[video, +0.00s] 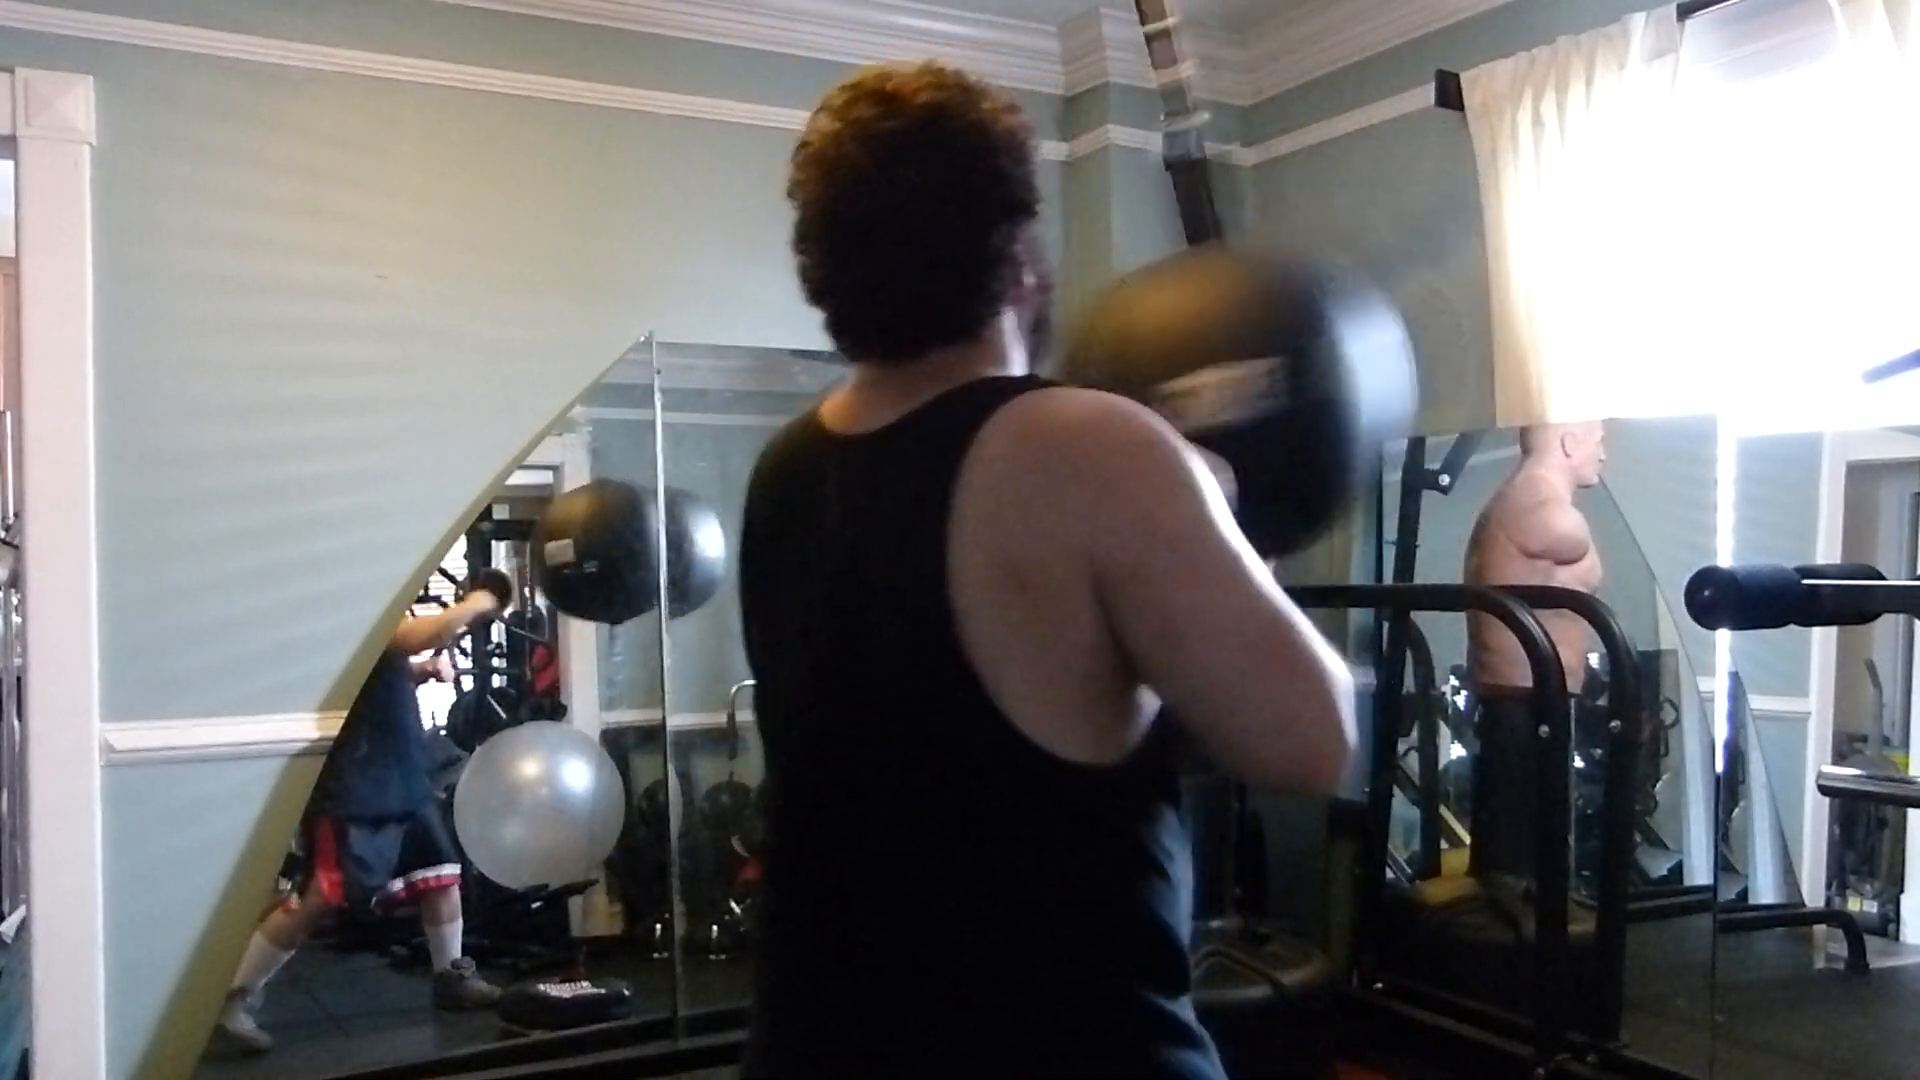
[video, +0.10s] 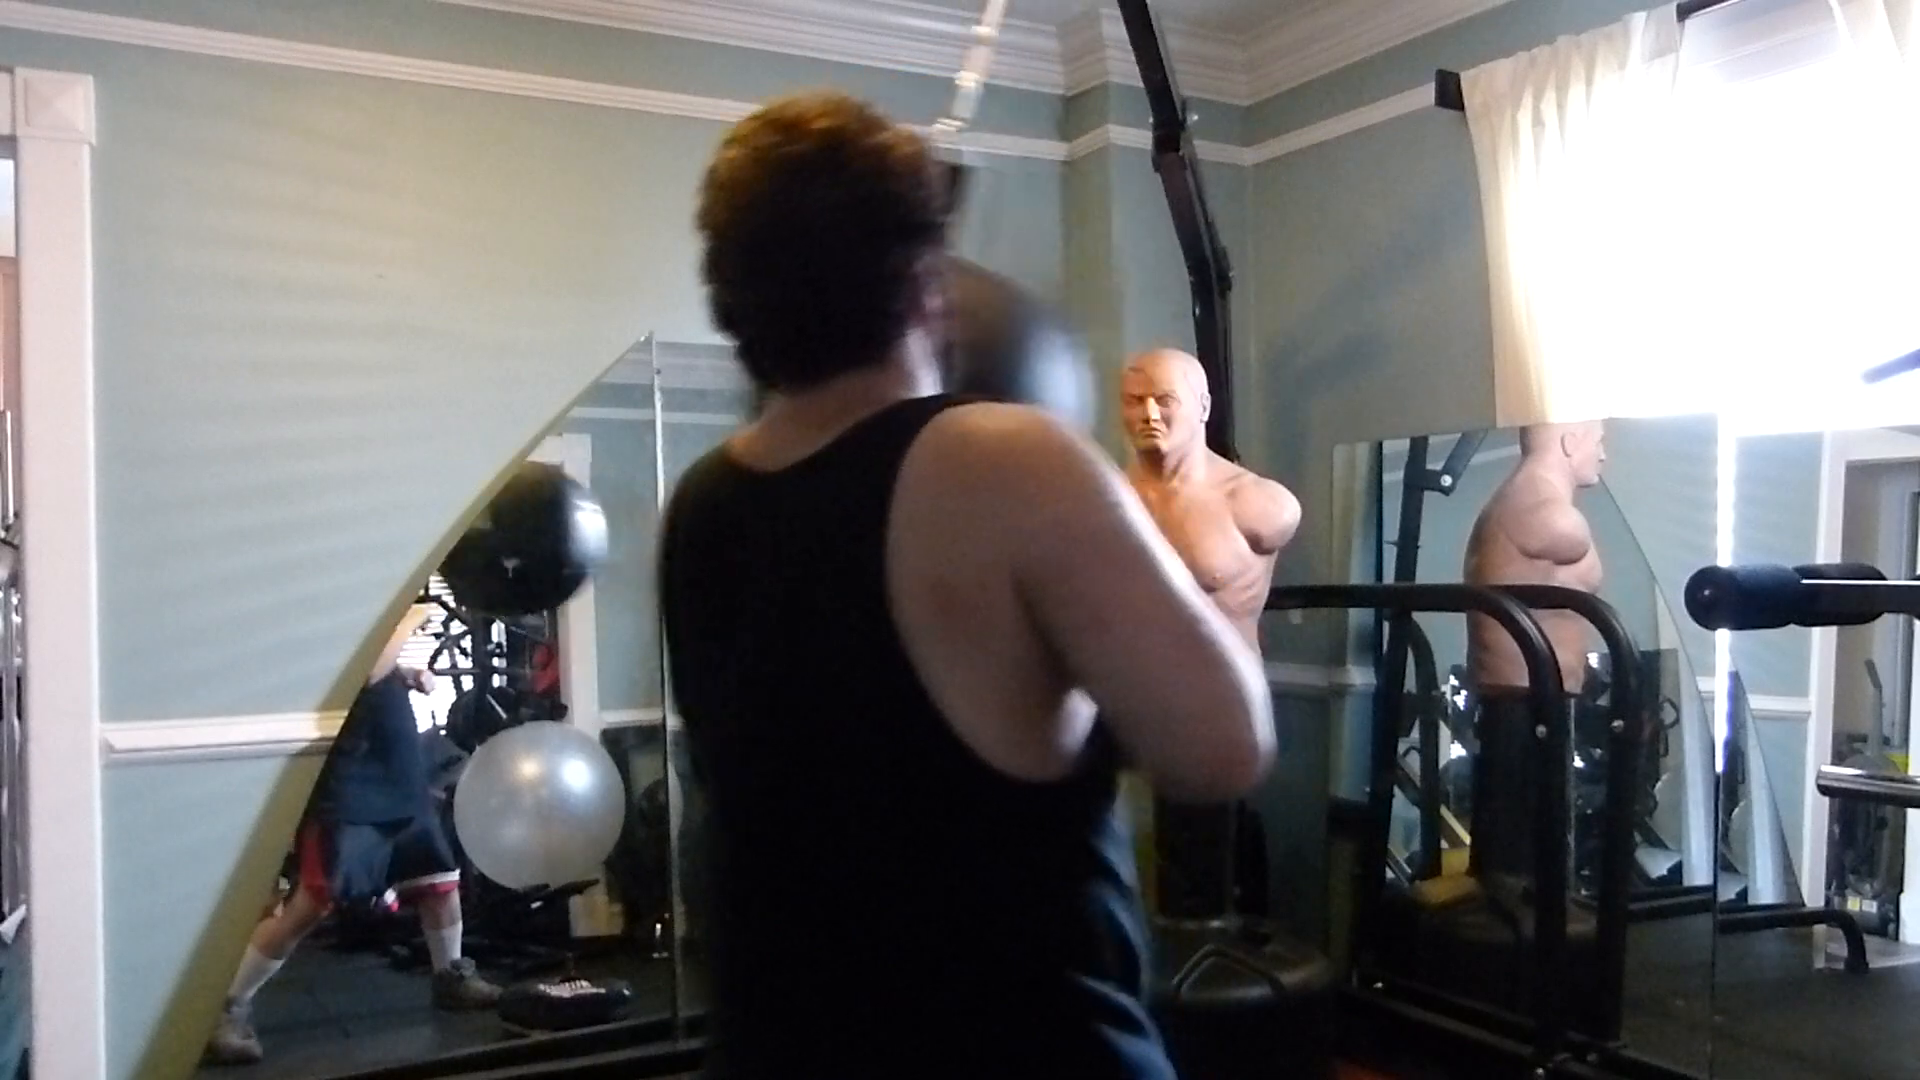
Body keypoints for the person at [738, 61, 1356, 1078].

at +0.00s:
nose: (1044, 258)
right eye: (1037, 233)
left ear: (823, 271)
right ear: (1017, 261)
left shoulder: (786, 473)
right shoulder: (1096, 452)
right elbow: (1310, 749)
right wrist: (1204, 512)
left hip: (834, 1022)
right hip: (1084, 1030)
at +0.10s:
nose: (954, 278)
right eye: (944, 255)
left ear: (733, 296)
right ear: (924, 284)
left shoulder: (697, 507)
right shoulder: (1011, 462)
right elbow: (1228, 750)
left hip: (785, 1029)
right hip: (1033, 1031)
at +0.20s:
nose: (826, 298)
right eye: (812, 270)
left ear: (612, 324)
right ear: (788, 300)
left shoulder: (559, 550)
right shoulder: (938, 471)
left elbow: (608, 768)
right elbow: (1105, 749)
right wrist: (956, 731)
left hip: (696, 1033)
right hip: (951, 1024)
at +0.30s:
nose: (710, 288)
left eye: (697, 257)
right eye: (696, 260)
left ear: (505, 333)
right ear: (667, 289)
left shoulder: (449, 546)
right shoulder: (848, 443)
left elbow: (486, 748)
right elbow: (1017, 693)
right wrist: (875, 772)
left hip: (617, 1021)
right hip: (867, 1005)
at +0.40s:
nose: (658, 287)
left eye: (647, 256)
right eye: (642, 259)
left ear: (455, 324)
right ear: (599, 279)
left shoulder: (388, 532)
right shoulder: (771, 424)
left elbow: (449, 752)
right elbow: (962, 670)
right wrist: (815, 703)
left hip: (559, 1026)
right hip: (816, 1010)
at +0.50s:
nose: (651, 292)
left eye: (640, 259)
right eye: (635, 263)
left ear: (447, 317)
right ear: (588, 284)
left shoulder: (374, 522)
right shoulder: (730, 426)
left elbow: (440, 741)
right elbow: (960, 613)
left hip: (525, 1013)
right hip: (775, 1003)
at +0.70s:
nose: (686, 281)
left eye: (675, 250)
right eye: (672, 253)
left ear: (498, 304)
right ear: (630, 287)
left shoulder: (449, 477)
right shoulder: (760, 413)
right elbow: (966, 495)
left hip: (499, 965)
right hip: (716, 972)